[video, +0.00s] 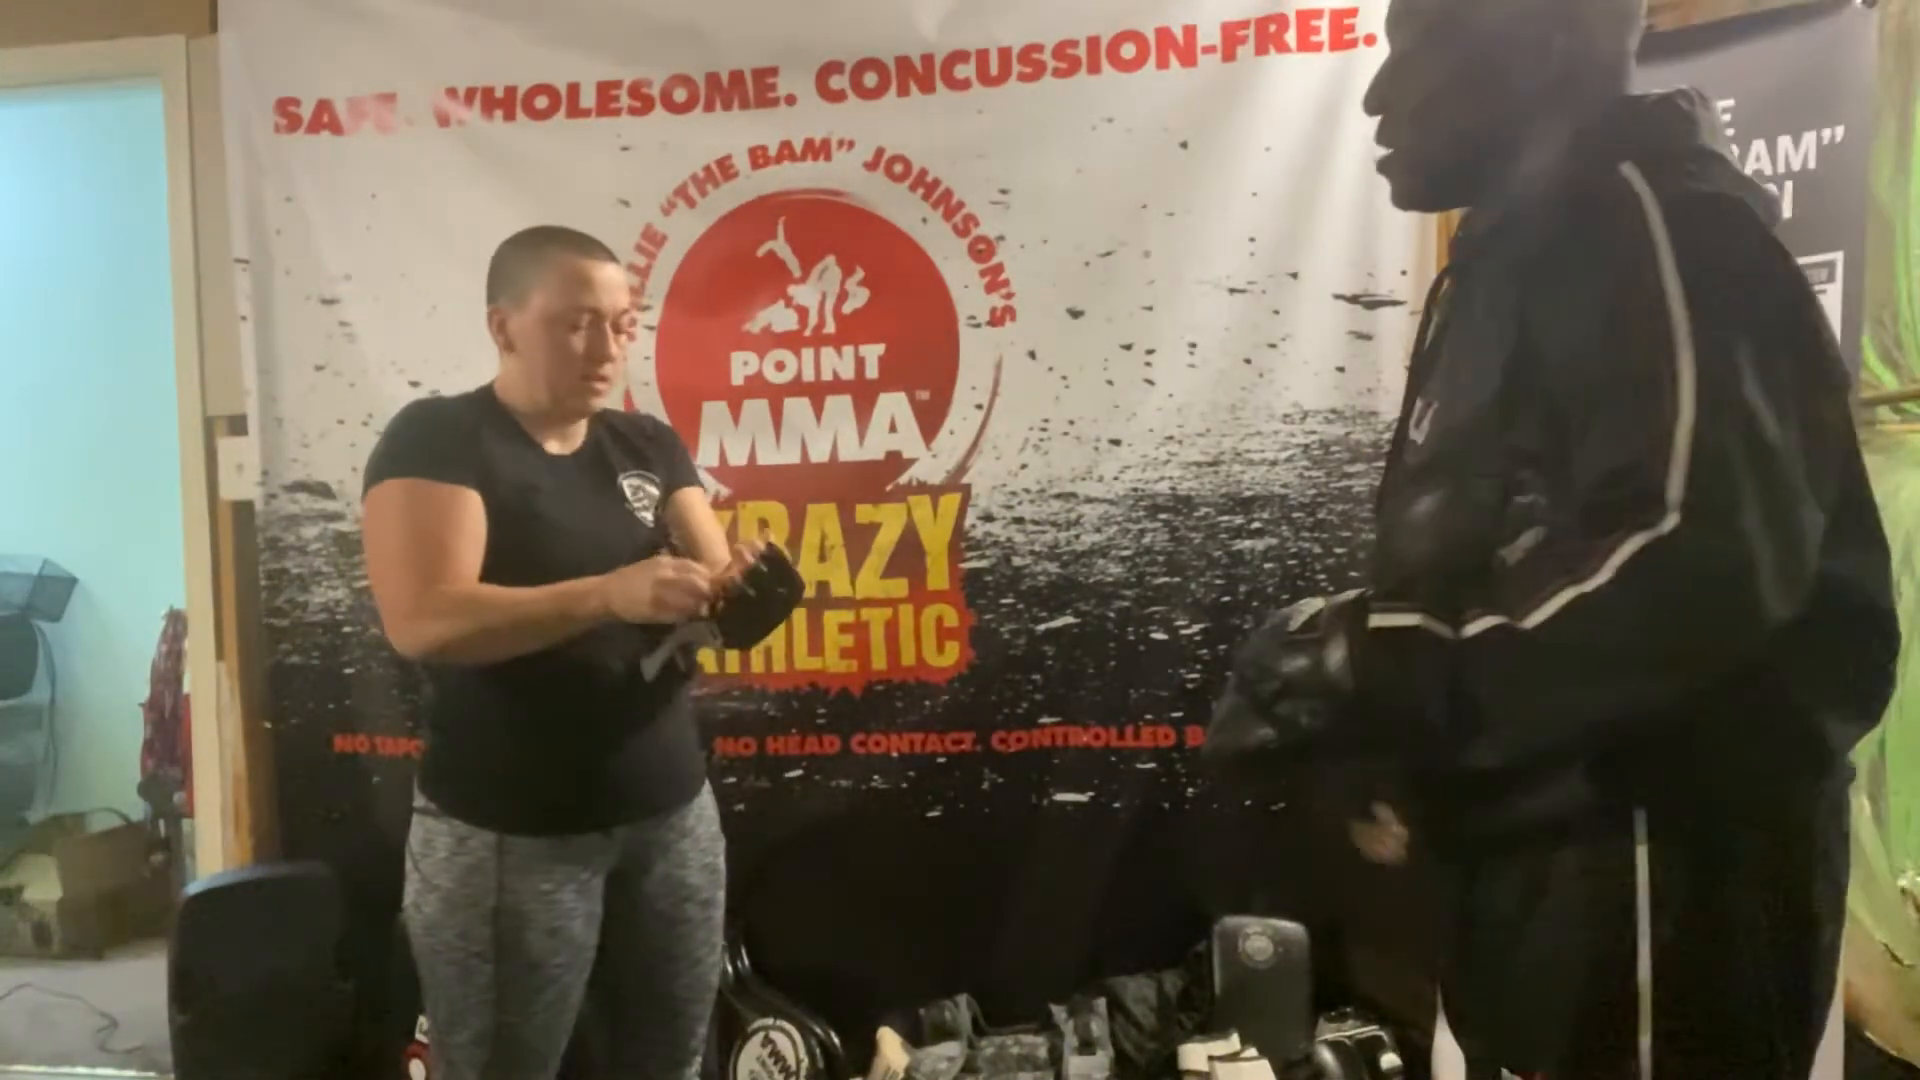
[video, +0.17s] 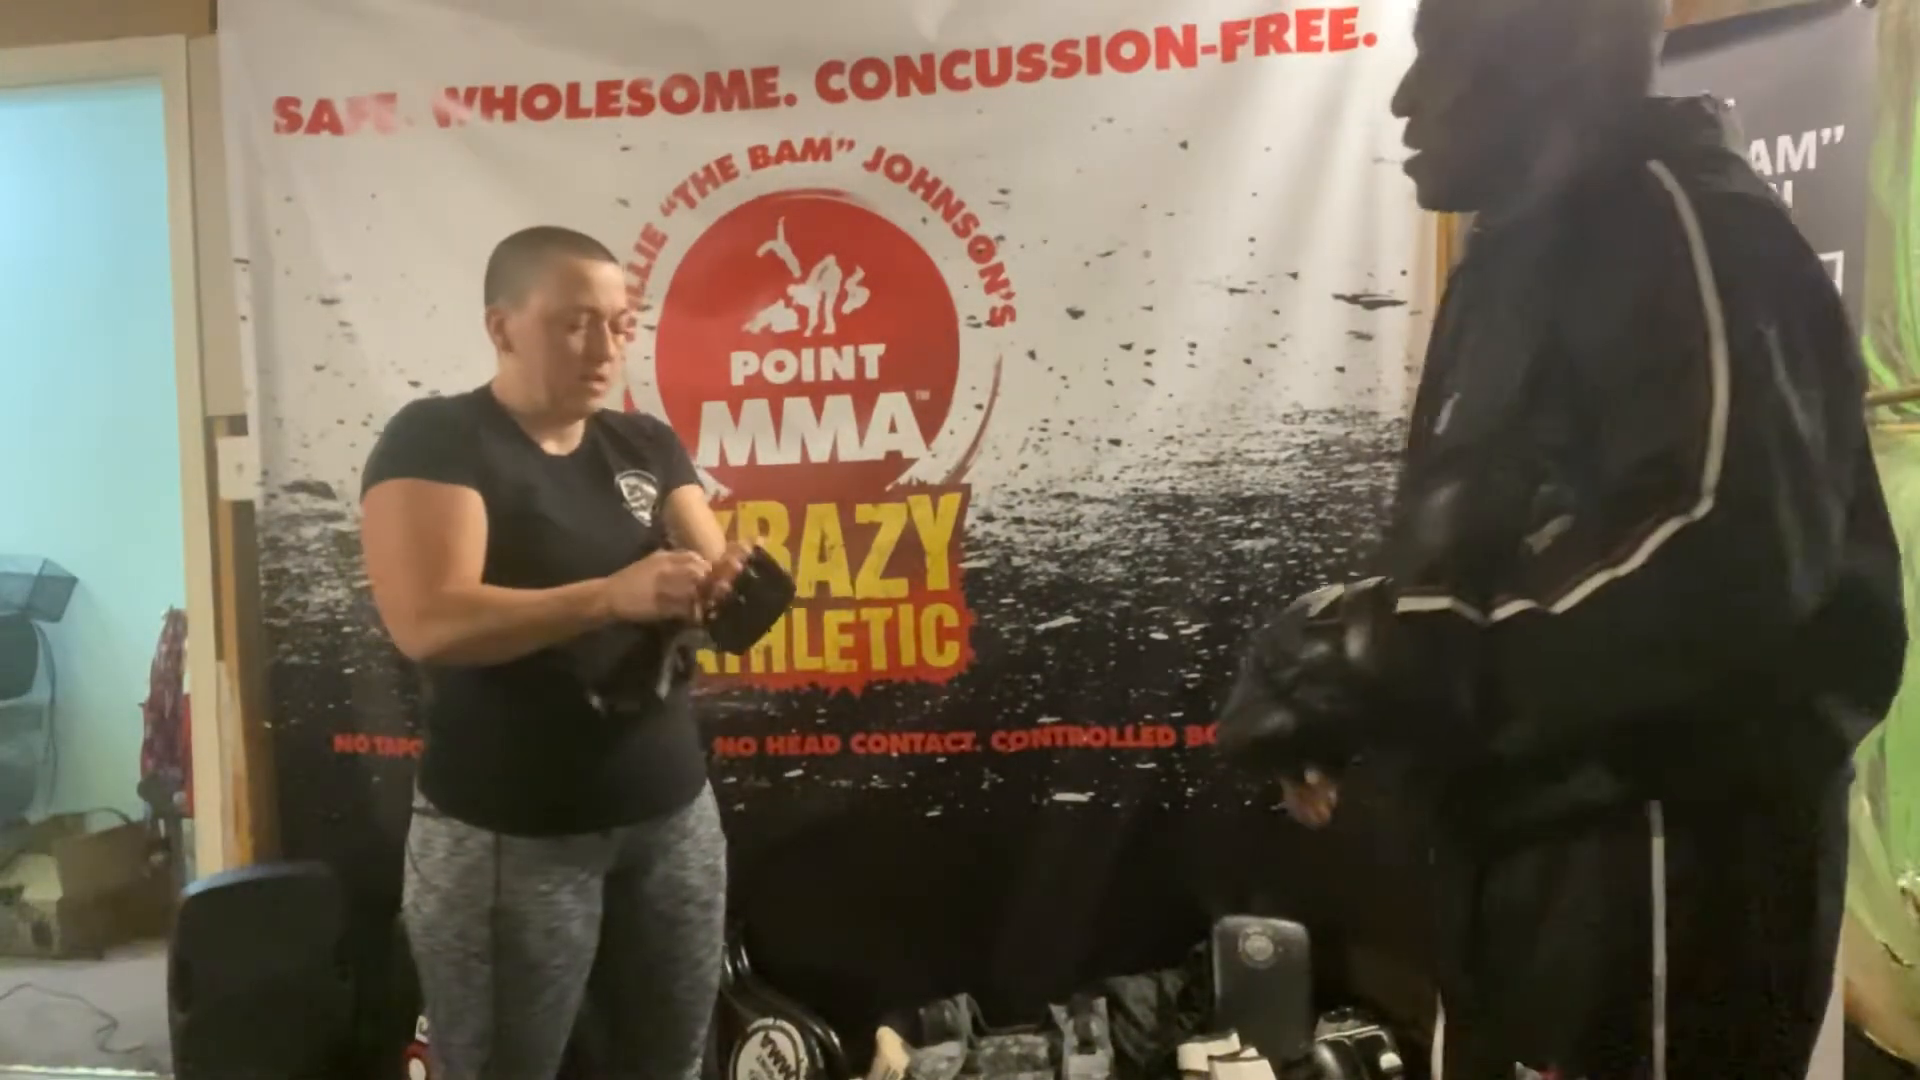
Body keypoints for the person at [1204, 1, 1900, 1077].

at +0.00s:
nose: (1374, 90)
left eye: (1411, 37)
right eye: (1389, 45)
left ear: (1540, 40)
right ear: (1533, 49)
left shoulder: (1638, 203)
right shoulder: (1507, 243)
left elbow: (1713, 552)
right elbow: (1476, 551)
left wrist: (1389, 679)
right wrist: (1336, 636)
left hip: (1662, 885)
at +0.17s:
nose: (1402, 97)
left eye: (1440, 52)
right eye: (1418, 55)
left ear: (1556, 59)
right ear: (1555, 67)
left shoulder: (1672, 212)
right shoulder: (1514, 249)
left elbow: (1739, 555)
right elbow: (1475, 556)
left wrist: (1409, 670)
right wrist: (1331, 644)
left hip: (1668, 863)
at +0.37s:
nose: (1436, 105)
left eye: (1476, 66)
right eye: (1452, 69)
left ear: (1587, 70)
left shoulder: (1704, 224)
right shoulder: (1527, 260)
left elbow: (1768, 544)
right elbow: (1485, 551)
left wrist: (1440, 656)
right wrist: (1358, 730)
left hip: (1684, 869)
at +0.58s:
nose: (1476, 129)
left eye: (1511, 94)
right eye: (1485, 94)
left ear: (1616, 102)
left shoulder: (1725, 237)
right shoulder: (1572, 279)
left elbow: (1790, 522)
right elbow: (1531, 545)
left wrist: (1474, 615)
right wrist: (1439, 740)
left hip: (1703, 816)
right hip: (1583, 808)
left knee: (1691, 1063)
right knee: (1590, 1062)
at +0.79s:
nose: (1489, 174)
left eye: (1519, 142)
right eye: (1494, 146)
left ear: (1618, 134)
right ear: (1602, 146)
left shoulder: (1736, 238)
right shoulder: (1613, 291)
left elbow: (1829, 492)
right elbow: (1595, 547)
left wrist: (1532, 619)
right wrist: (1548, 767)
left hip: (1759, 800)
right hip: (1663, 799)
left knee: (1737, 1056)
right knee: (1647, 1051)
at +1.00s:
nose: (1511, 169)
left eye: (1539, 139)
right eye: (1518, 142)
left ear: (1637, 136)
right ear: (1621, 148)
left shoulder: (1755, 233)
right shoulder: (1624, 303)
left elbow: (1838, 464)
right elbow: (1610, 529)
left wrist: (1547, 602)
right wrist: (1582, 769)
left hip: (1777, 787)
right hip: (1672, 789)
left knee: (1769, 1057)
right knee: (1679, 1055)